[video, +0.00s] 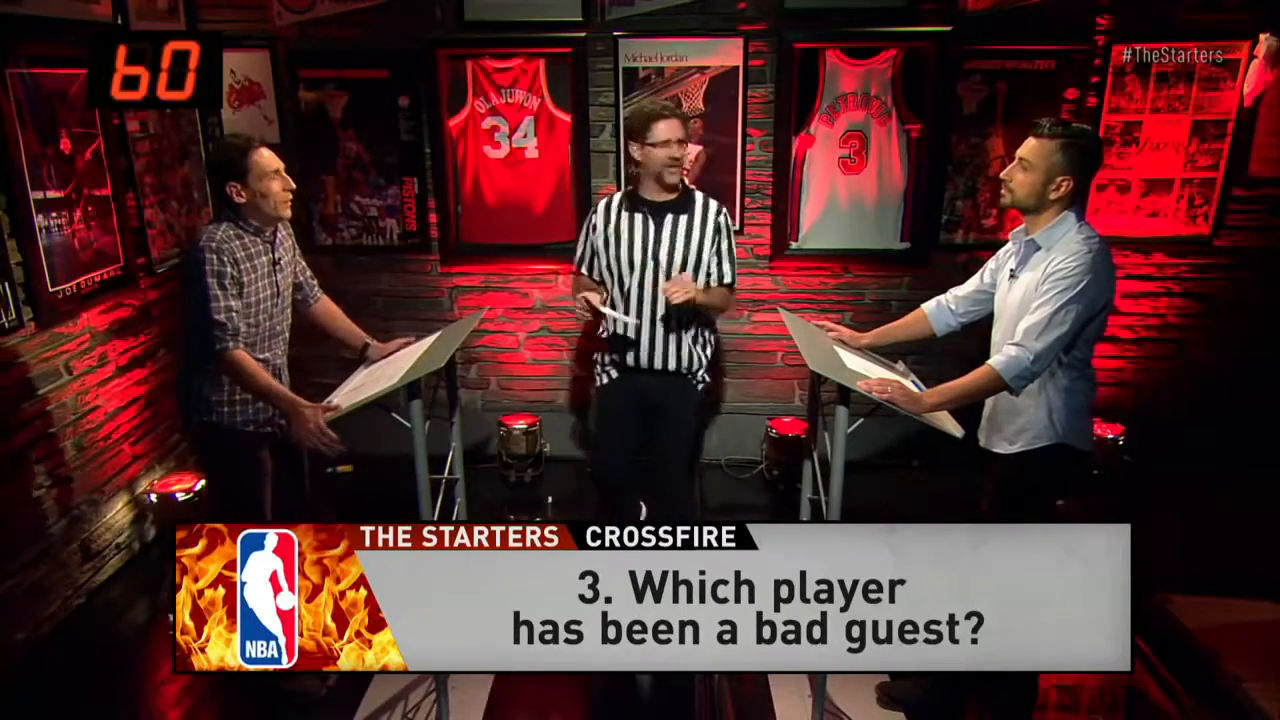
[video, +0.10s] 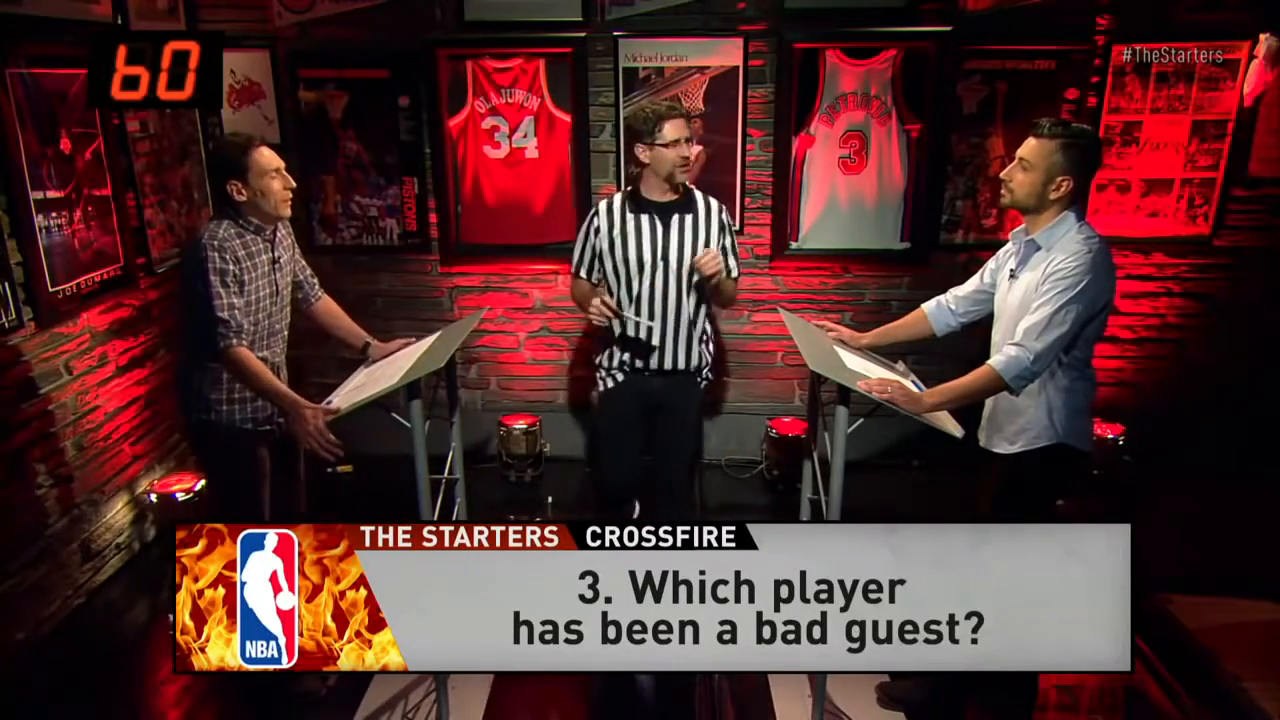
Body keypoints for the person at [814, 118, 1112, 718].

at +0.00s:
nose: (1007, 172)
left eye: (1022, 166)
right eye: (1013, 161)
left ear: (1059, 188)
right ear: (1048, 183)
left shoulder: (1082, 259)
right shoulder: (1024, 243)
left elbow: (1022, 360)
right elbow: (954, 306)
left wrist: (928, 398)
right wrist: (868, 339)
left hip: (1041, 445)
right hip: (999, 433)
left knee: (1008, 578)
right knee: (975, 561)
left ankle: (999, 703)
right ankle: (940, 682)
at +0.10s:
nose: (1007, 172)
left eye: (1023, 166)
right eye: (1013, 161)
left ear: (1059, 188)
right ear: (1048, 183)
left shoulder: (1082, 259)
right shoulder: (1024, 244)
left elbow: (1022, 361)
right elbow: (954, 307)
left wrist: (927, 398)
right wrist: (868, 339)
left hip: (1041, 445)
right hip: (1000, 432)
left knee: (1006, 578)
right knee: (974, 561)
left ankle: (995, 703)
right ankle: (940, 680)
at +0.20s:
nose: (1007, 172)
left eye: (1023, 167)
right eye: (1013, 161)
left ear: (1059, 188)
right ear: (1048, 184)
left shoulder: (1082, 259)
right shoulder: (1024, 243)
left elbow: (1022, 361)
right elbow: (954, 306)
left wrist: (927, 398)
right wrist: (867, 339)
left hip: (1040, 445)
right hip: (1000, 432)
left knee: (1005, 577)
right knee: (974, 560)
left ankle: (995, 703)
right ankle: (941, 680)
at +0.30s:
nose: (1007, 172)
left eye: (1023, 167)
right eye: (1013, 161)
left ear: (1059, 188)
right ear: (1048, 183)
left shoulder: (1082, 259)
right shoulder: (1024, 244)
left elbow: (1022, 361)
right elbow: (954, 307)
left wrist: (927, 398)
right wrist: (867, 339)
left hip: (1040, 444)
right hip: (1000, 432)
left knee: (1006, 577)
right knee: (976, 561)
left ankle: (995, 703)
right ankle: (941, 680)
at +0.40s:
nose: (1007, 172)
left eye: (1023, 167)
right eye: (1013, 161)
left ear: (1059, 188)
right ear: (1048, 183)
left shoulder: (1082, 259)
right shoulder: (1024, 244)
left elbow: (1022, 361)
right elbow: (954, 307)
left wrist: (927, 398)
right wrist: (868, 339)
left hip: (1041, 444)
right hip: (1000, 432)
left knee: (1007, 577)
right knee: (977, 562)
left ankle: (997, 702)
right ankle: (942, 679)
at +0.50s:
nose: (1007, 172)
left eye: (1023, 167)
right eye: (1013, 161)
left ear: (1059, 188)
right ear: (1048, 183)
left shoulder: (1082, 259)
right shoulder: (1024, 244)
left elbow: (1022, 361)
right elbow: (954, 307)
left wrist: (927, 398)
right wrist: (868, 339)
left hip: (1041, 444)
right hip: (1000, 432)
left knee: (1007, 577)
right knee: (977, 562)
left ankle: (997, 702)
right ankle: (942, 679)